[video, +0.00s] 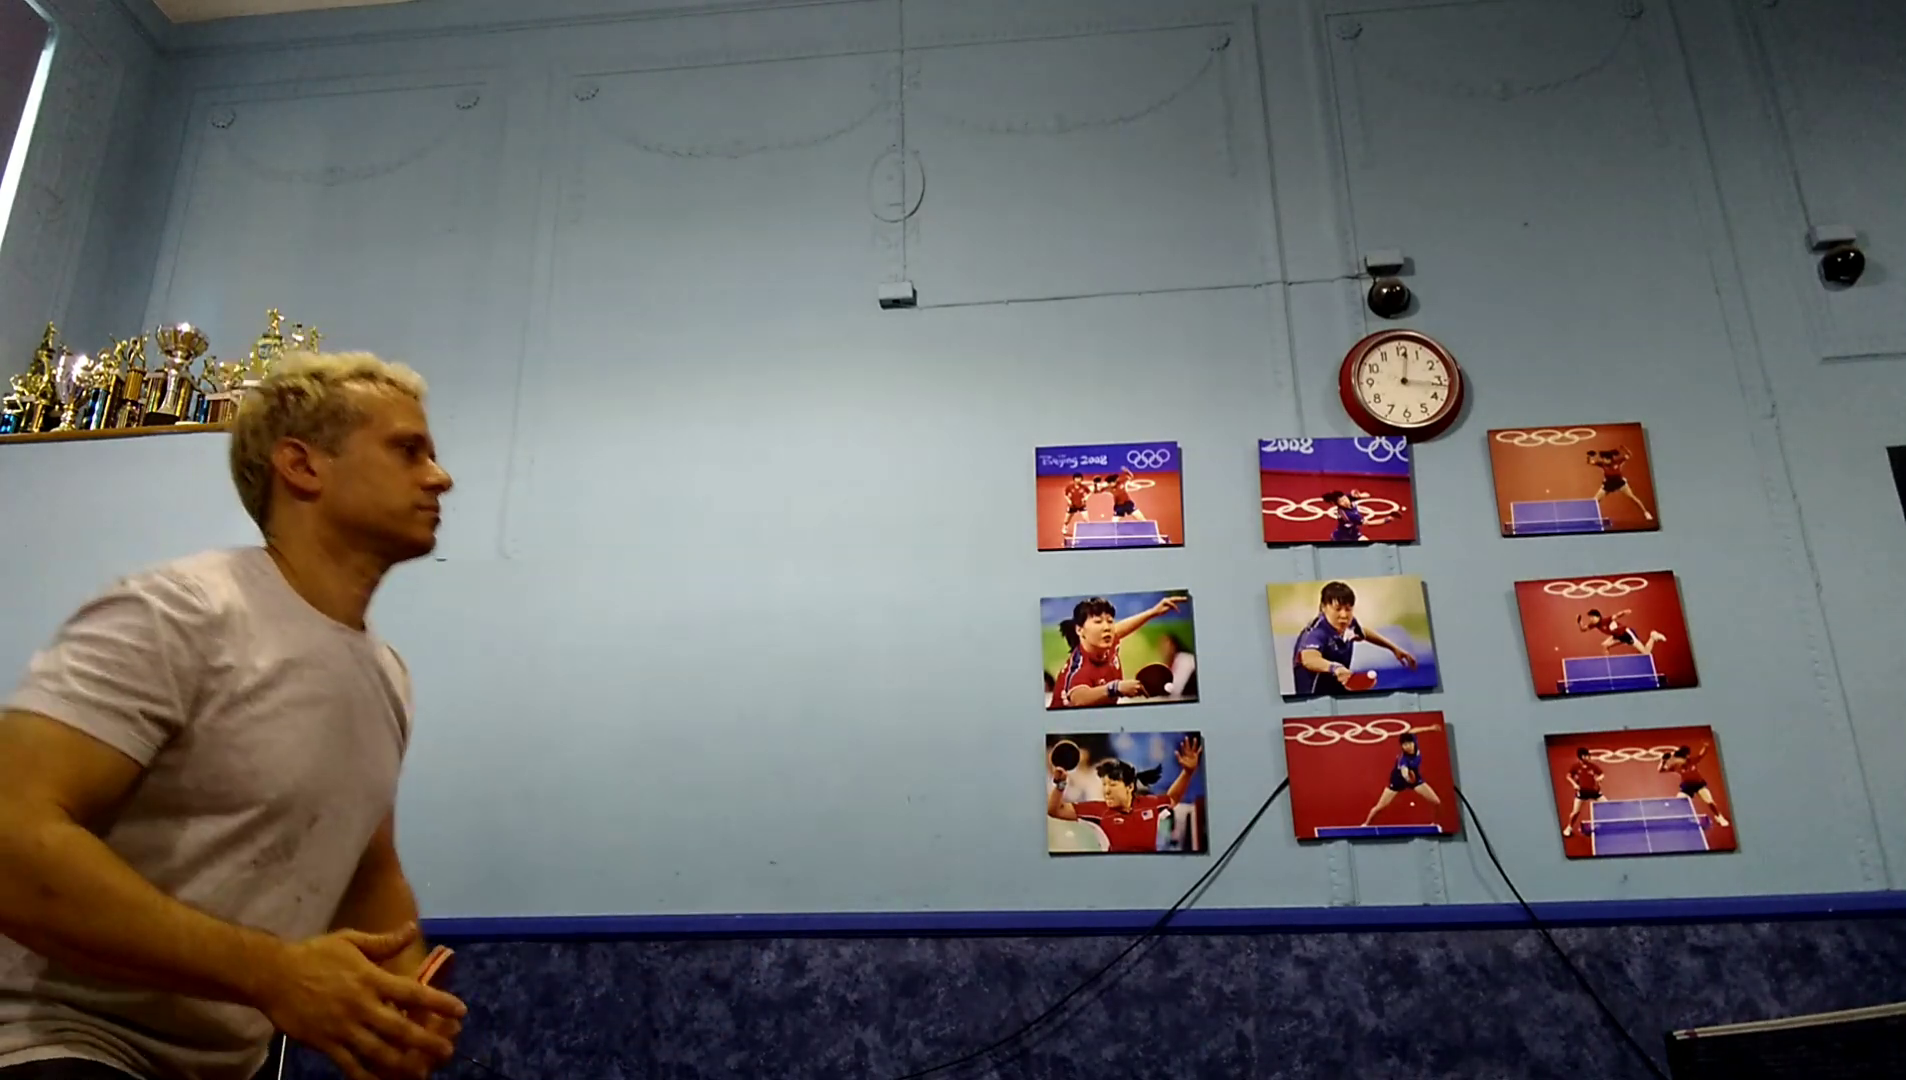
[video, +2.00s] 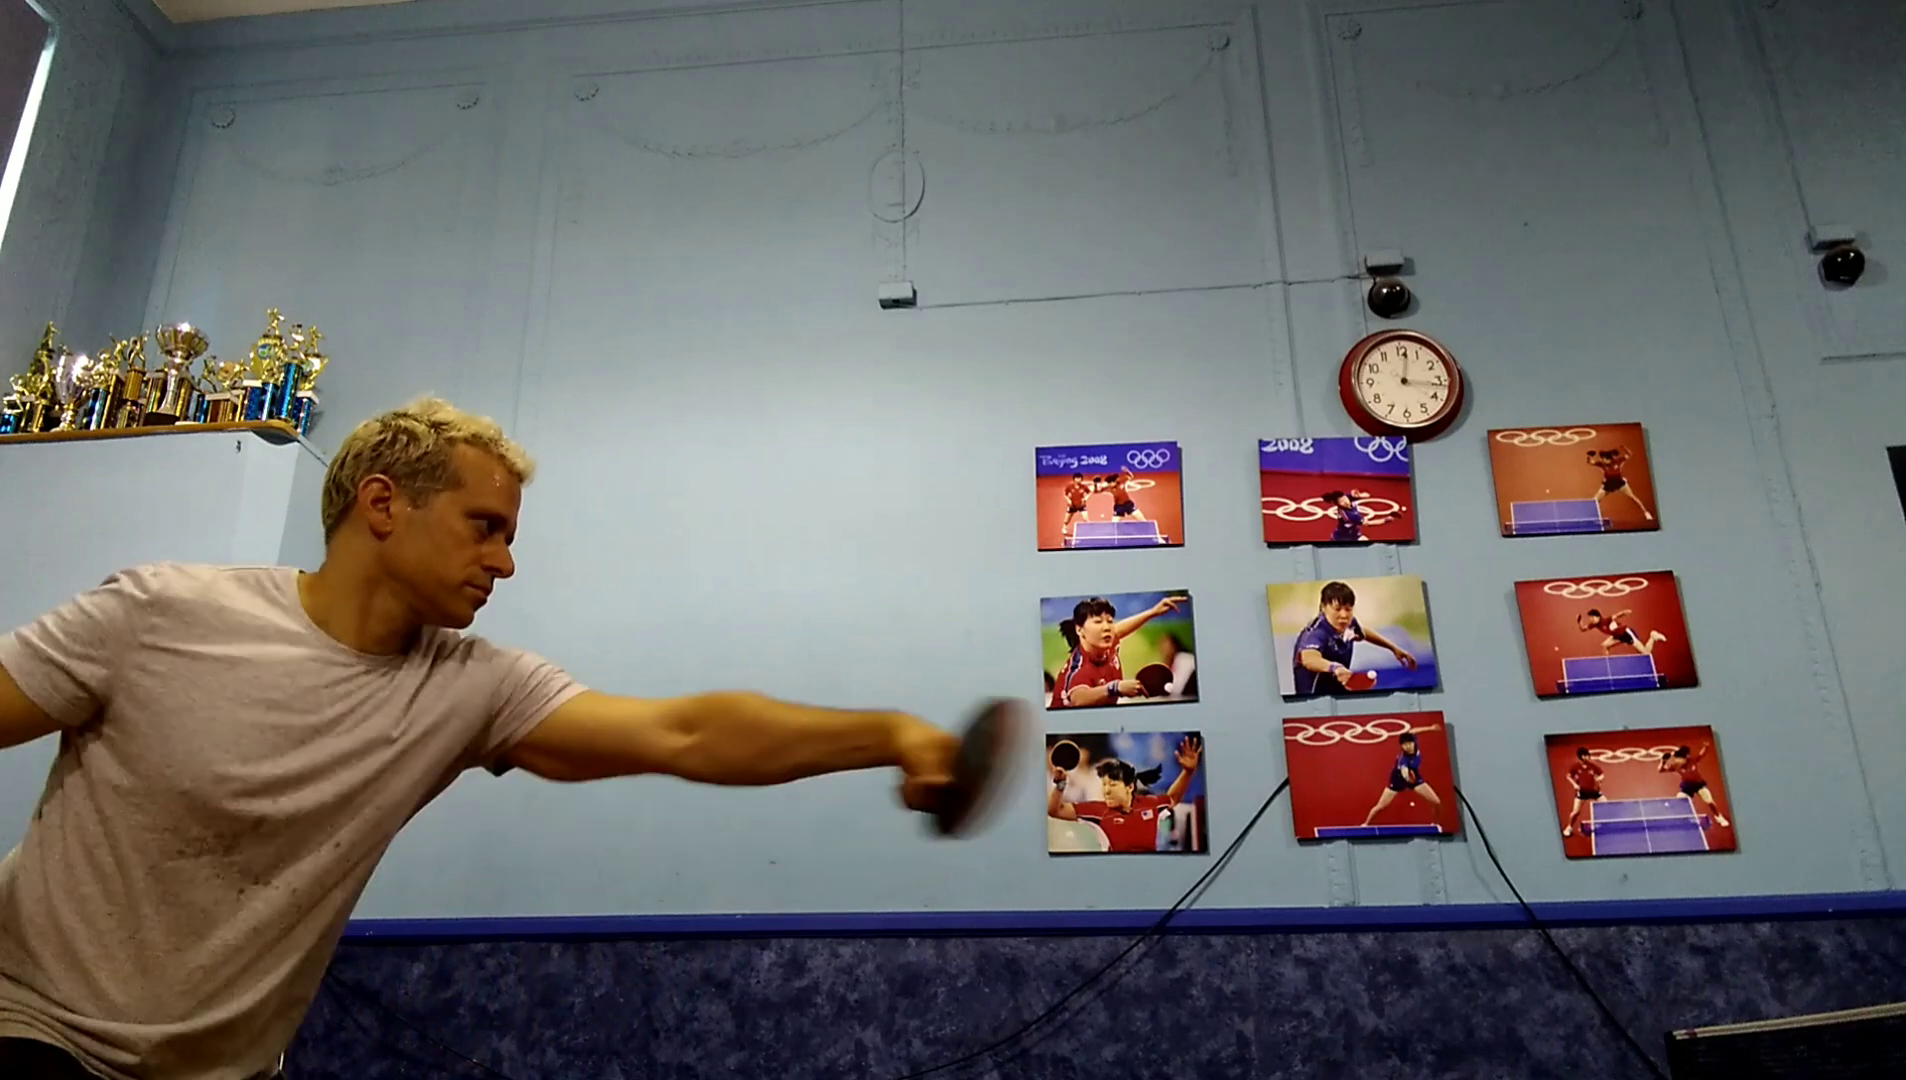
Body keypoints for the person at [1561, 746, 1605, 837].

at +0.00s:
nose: (1588, 758)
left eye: (1588, 755)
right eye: (1586, 756)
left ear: (1588, 756)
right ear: (1581, 757)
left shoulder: (1592, 766)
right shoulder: (1576, 767)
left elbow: (1602, 774)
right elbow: (1568, 776)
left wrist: (1598, 779)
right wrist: (1574, 784)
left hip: (1594, 791)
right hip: (1582, 791)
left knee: (1607, 806)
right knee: (1576, 812)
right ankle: (1569, 827)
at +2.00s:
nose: (1587, 758)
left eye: (1588, 755)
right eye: (1585, 755)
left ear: (1589, 756)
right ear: (1581, 757)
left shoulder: (1592, 766)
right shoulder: (1576, 766)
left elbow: (1602, 774)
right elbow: (1568, 776)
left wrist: (1598, 779)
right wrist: (1574, 785)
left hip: (1594, 791)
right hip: (1582, 791)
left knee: (1606, 806)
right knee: (1576, 811)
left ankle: (1606, 826)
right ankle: (1569, 827)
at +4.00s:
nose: (1587, 757)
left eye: (1588, 755)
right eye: (1585, 755)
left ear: (1589, 756)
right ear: (1581, 757)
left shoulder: (1592, 766)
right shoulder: (1576, 767)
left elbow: (1602, 774)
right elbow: (1568, 776)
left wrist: (1598, 779)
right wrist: (1574, 785)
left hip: (1594, 791)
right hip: (1582, 791)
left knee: (1606, 805)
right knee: (1576, 812)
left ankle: (1606, 826)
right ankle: (1569, 827)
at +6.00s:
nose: (1587, 758)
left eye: (1588, 755)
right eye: (1585, 755)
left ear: (1589, 756)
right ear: (1581, 757)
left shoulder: (1592, 766)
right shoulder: (1576, 766)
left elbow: (1602, 774)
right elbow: (1568, 776)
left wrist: (1598, 779)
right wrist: (1574, 785)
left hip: (1594, 791)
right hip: (1582, 791)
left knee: (1606, 806)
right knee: (1576, 812)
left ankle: (1607, 826)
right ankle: (1569, 827)